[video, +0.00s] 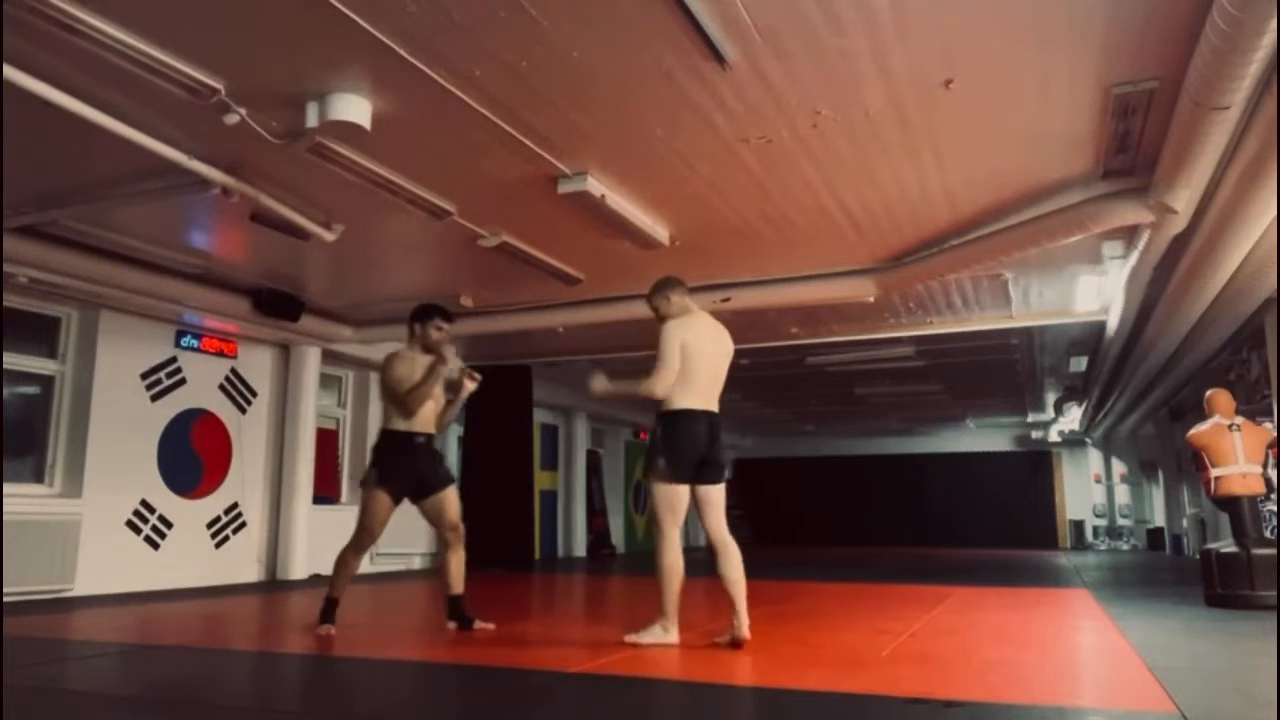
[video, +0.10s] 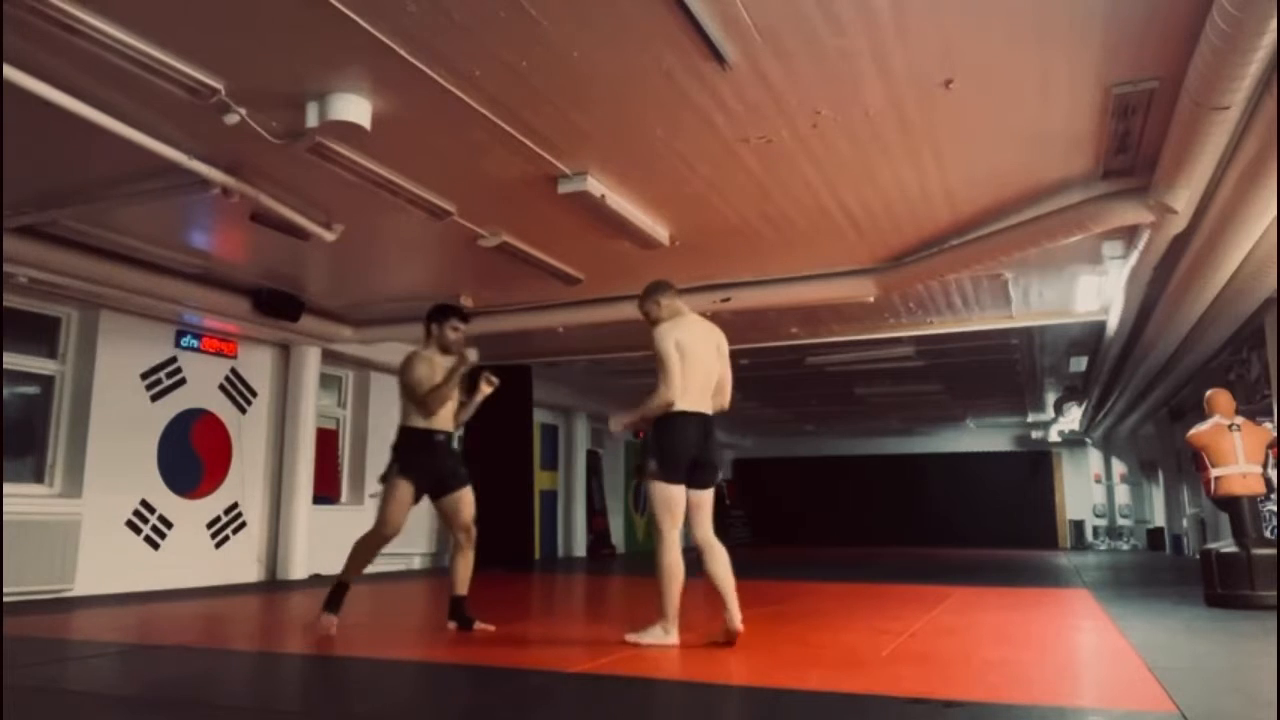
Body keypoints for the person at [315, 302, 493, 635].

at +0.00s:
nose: (443, 336)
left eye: (446, 332)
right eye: (437, 329)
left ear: (445, 335)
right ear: (416, 328)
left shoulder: (439, 368)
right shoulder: (397, 360)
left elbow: (438, 423)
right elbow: (408, 404)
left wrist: (461, 396)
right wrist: (438, 366)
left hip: (426, 455)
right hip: (393, 452)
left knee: (454, 530)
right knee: (365, 536)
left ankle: (457, 609)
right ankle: (329, 610)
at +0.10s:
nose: (459, 337)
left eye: (462, 332)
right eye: (453, 329)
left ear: (462, 335)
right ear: (433, 329)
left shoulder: (453, 367)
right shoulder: (416, 361)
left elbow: (455, 420)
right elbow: (427, 404)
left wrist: (478, 398)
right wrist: (458, 368)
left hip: (447, 453)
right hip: (413, 450)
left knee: (466, 531)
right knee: (386, 529)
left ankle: (459, 609)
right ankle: (338, 591)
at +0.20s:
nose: (471, 335)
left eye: (473, 329)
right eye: (465, 327)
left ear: (472, 332)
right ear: (446, 326)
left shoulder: (462, 366)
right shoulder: (430, 358)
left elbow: (463, 419)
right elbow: (443, 401)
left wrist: (489, 393)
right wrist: (472, 369)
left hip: (457, 446)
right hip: (428, 441)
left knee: (471, 529)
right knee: (424, 505)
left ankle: (459, 609)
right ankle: (370, 560)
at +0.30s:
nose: (476, 333)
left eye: (479, 328)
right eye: (472, 326)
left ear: (475, 331)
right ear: (452, 325)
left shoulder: (466, 364)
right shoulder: (441, 355)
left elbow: (471, 414)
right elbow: (447, 401)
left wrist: (494, 386)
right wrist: (481, 371)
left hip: (465, 440)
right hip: (442, 434)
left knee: (475, 530)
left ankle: (461, 608)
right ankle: (402, 539)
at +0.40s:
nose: (481, 333)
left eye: (483, 328)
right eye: (476, 326)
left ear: (478, 330)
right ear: (457, 324)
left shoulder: (467, 362)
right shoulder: (446, 356)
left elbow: (475, 411)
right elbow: (445, 401)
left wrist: (497, 384)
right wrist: (483, 375)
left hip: (467, 439)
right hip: (453, 433)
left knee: (479, 529)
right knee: (512, 449)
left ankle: (462, 605)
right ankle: (460, 503)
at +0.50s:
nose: (484, 334)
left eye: (486, 328)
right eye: (479, 326)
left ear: (479, 330)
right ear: (460, 325)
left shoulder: (468, 364)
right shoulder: (450, 358)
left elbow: (475, 413)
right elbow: (445, 398)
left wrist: (496, 389)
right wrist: (486, 379)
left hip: (474, 447)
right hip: (466, 434)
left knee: (485, 532)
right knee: (537, 429)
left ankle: (462, 607)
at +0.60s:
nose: (489, 336)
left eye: (491, 330)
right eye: (485, 329)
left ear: (475, 331)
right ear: (465, 327)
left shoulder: (466, 363)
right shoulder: (455, 359)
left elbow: (456, 408)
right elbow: (448, 398)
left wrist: (485, 399)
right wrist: (489, 385)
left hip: (475, 446)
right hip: (475, 435)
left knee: (486, 531)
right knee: (549, 417)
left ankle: (461, 608)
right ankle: (561, 457)